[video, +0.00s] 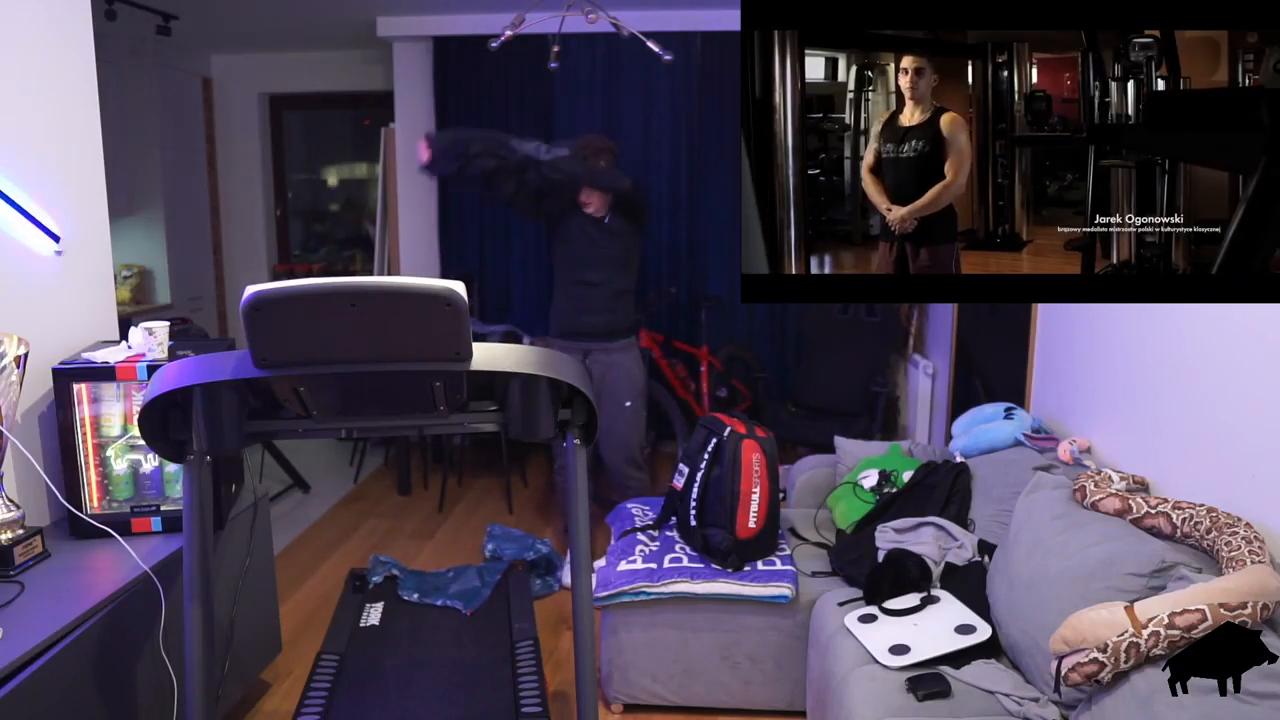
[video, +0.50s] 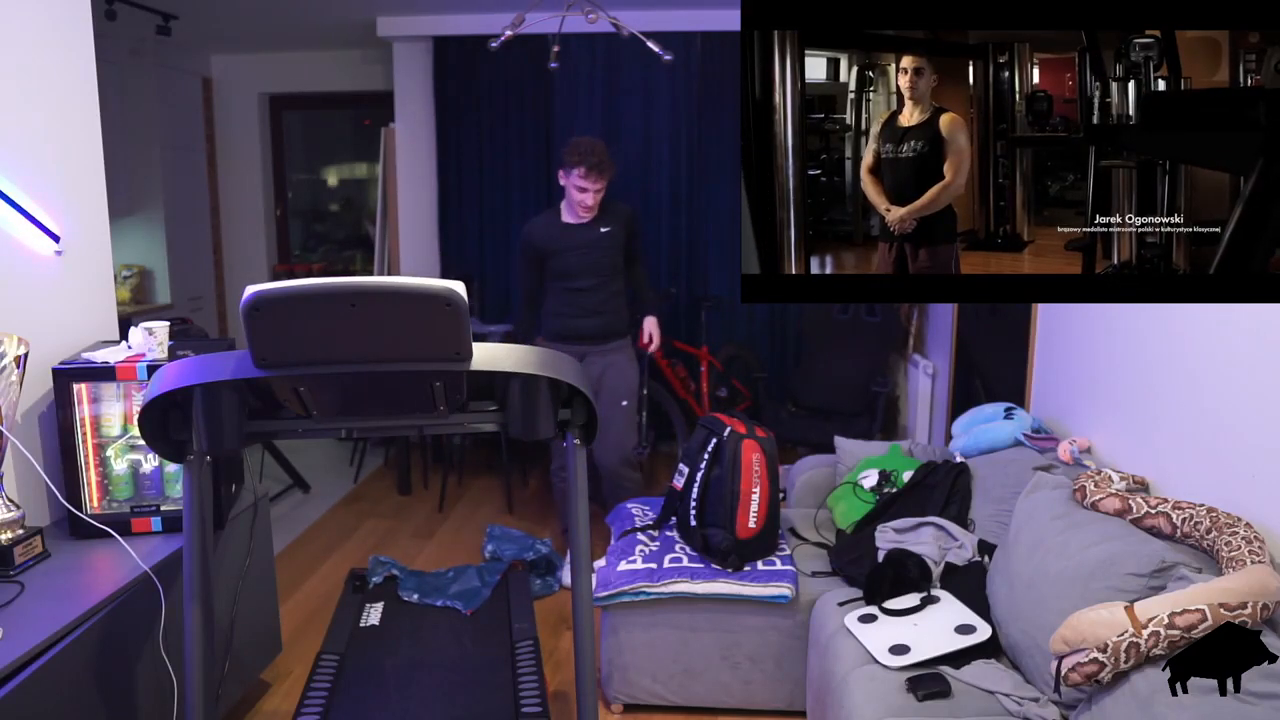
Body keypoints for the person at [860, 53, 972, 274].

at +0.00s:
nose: (910, 79)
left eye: (919, 72)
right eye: (905, 72)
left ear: (934, 80)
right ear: (898, 78)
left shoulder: (950, 123)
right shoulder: (884, 123)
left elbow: (956, 183)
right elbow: (867, 171)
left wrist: (908, 212)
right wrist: (891, 214)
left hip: (934, 240)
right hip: (891, 238)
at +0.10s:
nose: (910, 79)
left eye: (919, 72)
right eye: (905, 72)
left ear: (934, 80)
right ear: (898, 79)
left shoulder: (950, 123)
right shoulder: (884, 123)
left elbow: (956, 183)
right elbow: (867, 172)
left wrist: (908, 212)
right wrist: (891, 214)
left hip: (934, 239)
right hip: (891, 238)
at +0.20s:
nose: (910, 78)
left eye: (918, 72)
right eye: (904, 72)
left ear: (933, 79)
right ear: (898, 78)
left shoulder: (950, 123)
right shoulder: (884, 123)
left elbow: (955, 183)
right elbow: (866, 172)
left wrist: (907, 213)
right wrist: (891, 213)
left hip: (933, 240)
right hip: (890, 238)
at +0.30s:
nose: (910, 79)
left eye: (918, 72)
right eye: (904, 72)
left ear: (933, 80)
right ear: (898, 78)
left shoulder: (950, 123)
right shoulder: (884, 123)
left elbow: (956, 183)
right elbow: (866, 172)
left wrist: (907, 213)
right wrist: (891, 214)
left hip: (933, 240)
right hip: (890, 239)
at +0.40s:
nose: (909, 79)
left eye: (918, 72)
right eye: (904, 72)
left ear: (933, 80)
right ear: (898, 78)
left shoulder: (950, 123)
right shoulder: (884, 123)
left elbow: (956, 183)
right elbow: (866, 172)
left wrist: (906, 213)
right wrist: (891, 214)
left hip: (933, 240)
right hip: (890, 239)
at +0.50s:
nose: (909, 79)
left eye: (918, 72)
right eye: (904, 72)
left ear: (933, 80)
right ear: (898, 78)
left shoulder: (950, 123)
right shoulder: (884, 123)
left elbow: (955, 183)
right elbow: (866, 172)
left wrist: (907, 213)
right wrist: (891, 214)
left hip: (933, 240)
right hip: (890, 239)